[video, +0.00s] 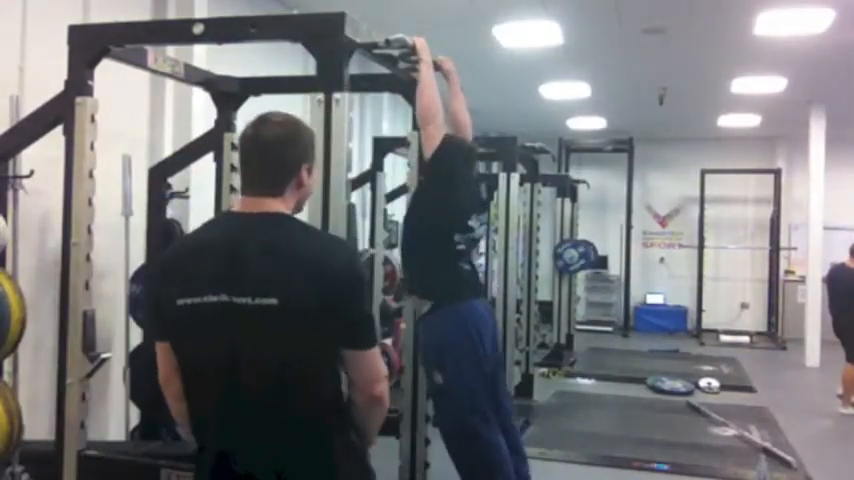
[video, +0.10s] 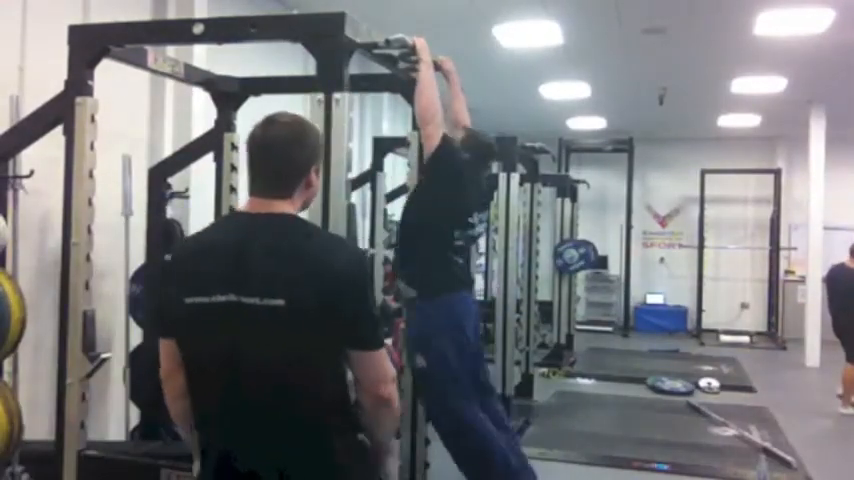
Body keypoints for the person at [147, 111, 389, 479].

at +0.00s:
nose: (314, 179)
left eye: (313, 169)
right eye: (314, 171)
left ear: (243, 169)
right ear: (303, 177)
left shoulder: (177, 261)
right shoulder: (331, 258)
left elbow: (171, 385)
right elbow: (372, 389)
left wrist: (205, 446)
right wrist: (355, 446)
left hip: (221, 463)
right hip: (315, 463)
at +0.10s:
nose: (319, 181)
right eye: (320, 173)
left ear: (251, 168)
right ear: (311, 179)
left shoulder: (187, 258)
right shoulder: (339, 262)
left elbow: (173, 381)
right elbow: (380, 391)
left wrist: (200, 451)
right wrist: (382, 452)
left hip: (225, 462)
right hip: (320, 462)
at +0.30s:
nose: (347, 178)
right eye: (346, 170)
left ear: (279, 171)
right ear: (339, 179)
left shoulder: (219, 256)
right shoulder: (369, 266)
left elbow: (193, 376)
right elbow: (406, 393)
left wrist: (207, 455)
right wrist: (423, 469)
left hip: (248, 461)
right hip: (342, 463)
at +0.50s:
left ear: (317, 172)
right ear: (377, 183)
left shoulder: (258, 253)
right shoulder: (405, 266)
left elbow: (232, 377)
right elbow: (442, 398)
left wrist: (253, 450)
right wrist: (451, 471)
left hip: (283, 461)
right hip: (376, 463)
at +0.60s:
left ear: (336, 172)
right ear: (395, 185)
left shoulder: (278, 251)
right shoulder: (420, 266)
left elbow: (253, 375)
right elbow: (456, 399)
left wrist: (283, 444)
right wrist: (463, 471)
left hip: (300, 459)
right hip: (391, 463)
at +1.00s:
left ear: (383, 164)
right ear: (448, 181)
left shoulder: (321, 243)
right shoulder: (469, 266)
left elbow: (282, 359)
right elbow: (498, 401)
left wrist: (315, 417)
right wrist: (491, 472)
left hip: (323, 452)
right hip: (417, 460)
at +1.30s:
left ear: (409, 205)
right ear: (467, 225)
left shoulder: (334, 261)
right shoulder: (487, 294)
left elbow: (276, 376)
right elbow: (504, 426)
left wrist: (295, 443)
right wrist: (486, 474)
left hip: (317, 460)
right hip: (418, 466)